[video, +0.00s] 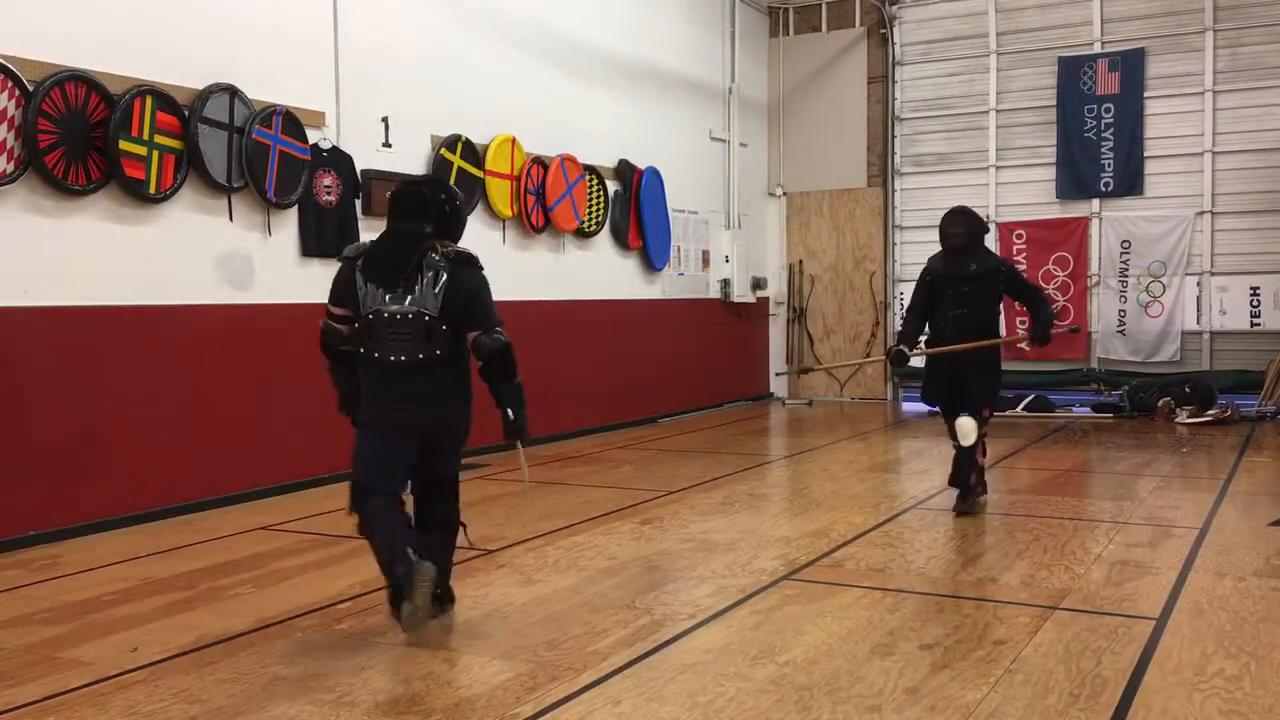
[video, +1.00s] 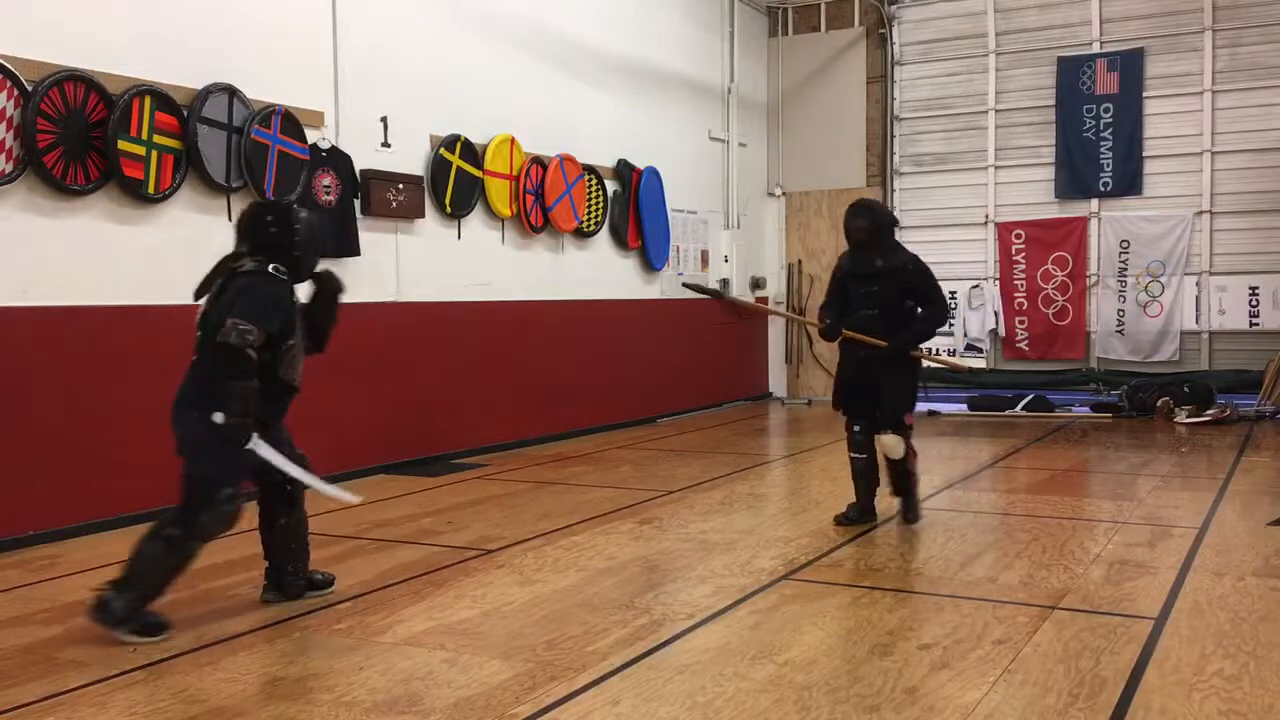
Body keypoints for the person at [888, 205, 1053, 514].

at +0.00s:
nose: (955, 240)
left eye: (961, 234)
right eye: (949, 234)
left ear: (975, 234)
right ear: (941, 235)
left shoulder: (993, 267)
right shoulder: (934, 269)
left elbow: (1034, 298)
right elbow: (917, 311)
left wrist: (1040, 326)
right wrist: (904, 344)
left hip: (981, 357)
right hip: (943, 357)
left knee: (968, 423)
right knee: (956, 424)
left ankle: (969, 489)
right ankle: (976, 480)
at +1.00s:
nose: (854, 236)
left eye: (860, 229)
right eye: (850, 229)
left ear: (878, 228)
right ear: (847, 229)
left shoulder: (906, 264)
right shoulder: (847, 265)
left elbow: (938, 310)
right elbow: (831, 307)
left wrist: (908, 338)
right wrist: (829, 325)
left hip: (896, 362)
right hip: (856, 362)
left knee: (890, 437)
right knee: (857, 434)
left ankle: (907, 495)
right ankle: (864, 506)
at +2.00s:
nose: (792, 245)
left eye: (798, 237)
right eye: (788, 238)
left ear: (817, 236)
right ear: (785, 239)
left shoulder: (854, 274)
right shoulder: (786, 279)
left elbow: (903, 312)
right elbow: (757, 322)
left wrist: (891, 363)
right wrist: (718, 345)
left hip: (846, 385)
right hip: (798, 385)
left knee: (854, 466)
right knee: (785, 460)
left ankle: (860, 526)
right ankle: (788, 536)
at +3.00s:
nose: (772, 235)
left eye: (780, 226)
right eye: (764, 227)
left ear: (798, 227)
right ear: (754, 229)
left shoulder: (825, 271)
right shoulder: (747, 272)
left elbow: (868, 314)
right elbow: (724, 317)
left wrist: (886, 363)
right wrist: (707, 355)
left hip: (811, 386)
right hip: (759, 386)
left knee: (821, 478)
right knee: (753, 470)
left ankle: (807, 537)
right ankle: (747, 555)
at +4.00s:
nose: (737, 251)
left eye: (745, 241)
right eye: (728, 242)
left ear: (764, 240)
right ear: (716, 243)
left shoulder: (790, 285)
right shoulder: (707, 287)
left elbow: (823, 338)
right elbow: (686, 341)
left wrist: (842, 390)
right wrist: (676, 382)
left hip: (776, 407)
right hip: (719, 406)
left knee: (802, 502)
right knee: (716, 494)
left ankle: (776, 546)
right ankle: (698, 597)